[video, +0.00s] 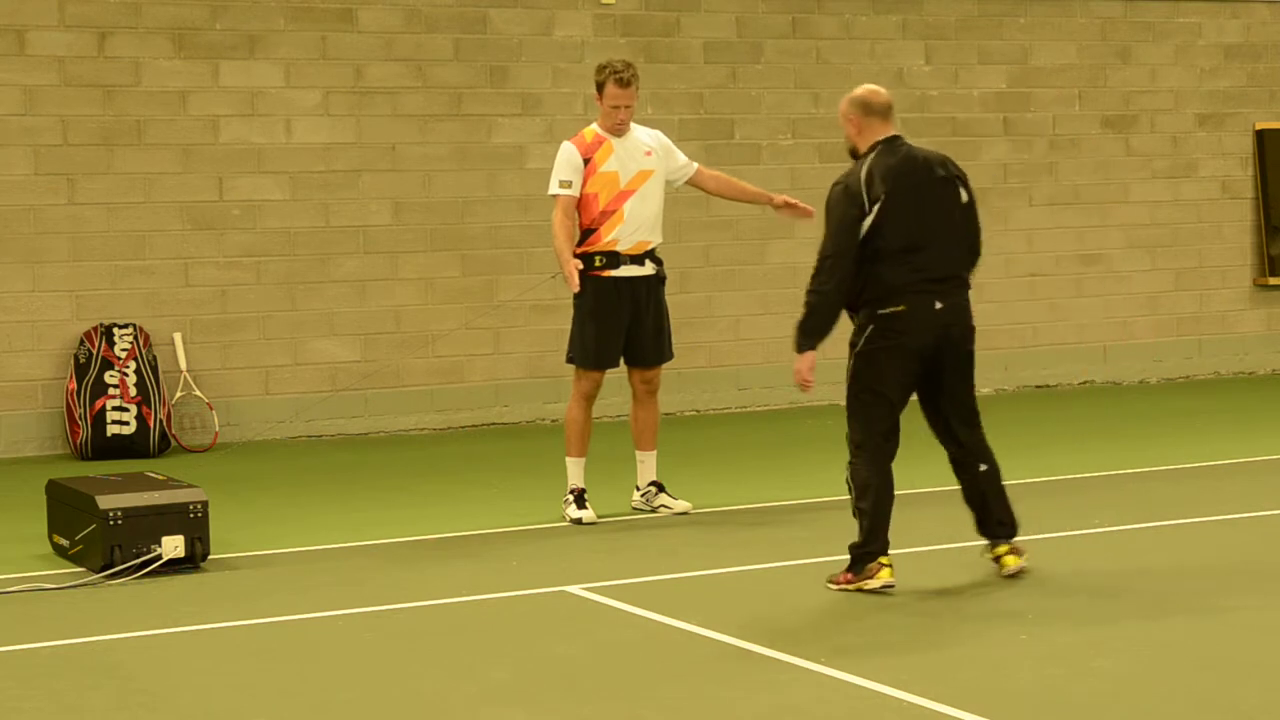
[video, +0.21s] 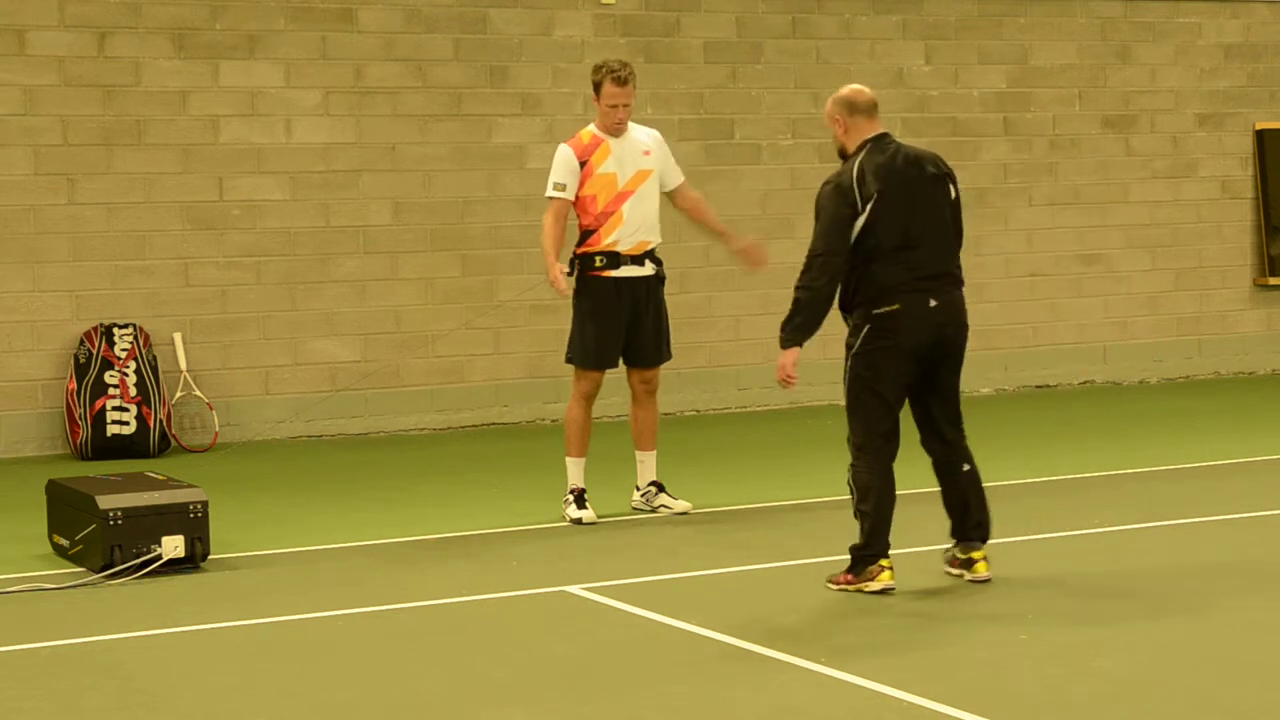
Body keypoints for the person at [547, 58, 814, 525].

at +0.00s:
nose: (623, 115)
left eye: (629, 107)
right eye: (615, 106)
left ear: (637, 102)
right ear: (597, 100)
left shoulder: (654, 143)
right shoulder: (577, 149)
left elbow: (707, 178)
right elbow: (563, 214)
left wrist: (769, 198)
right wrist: (567, 263)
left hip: (646, 280)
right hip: (598, 281)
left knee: (647, 383)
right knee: (586, 386)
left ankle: (647, 488)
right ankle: (575, 493)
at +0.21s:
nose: (620, 113)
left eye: (626, 105)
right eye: (611, 105)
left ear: (634, 101)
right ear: (594, 101)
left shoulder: (651, 143)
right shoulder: (574, 151)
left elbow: (686, 197)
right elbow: (556, 214)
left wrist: (733, 239)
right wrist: (553, 263)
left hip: (645, 280)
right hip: (597, 282)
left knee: (645, 384)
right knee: (586, 387)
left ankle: (647, 487)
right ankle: (575, 493)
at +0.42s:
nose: (617, 114)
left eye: (623, 105)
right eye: (608, 106)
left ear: (630, 101)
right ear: (590, 101)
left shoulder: (647, 141)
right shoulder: (571, 151)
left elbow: (648, 205)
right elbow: (551, 213)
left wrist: (654, 259)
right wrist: (540, 264)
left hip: (645, 280)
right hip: (597, 283)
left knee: (647, 383)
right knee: (585, 388)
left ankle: (648, 488)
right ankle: (576, 493)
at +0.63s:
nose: (617, 114)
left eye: (623, 106)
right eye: (609, 107)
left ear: (630, 102)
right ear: (591, 102)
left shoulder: (644, 139)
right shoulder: (570, 152)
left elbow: (655, 203)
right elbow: (548, 215)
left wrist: (679, 257)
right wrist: (541, 273)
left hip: (644, 279)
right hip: (596, 283)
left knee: (660, 377)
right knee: (583, 386)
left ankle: (651, 483)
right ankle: (575, 492)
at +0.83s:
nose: (627, 114)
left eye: (633, 105)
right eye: (619, 106)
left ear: (640, 101)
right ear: (602, 103)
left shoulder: (656, 141)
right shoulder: (581, 151)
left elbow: (670, 206)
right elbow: (558, 213)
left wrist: (701, 258)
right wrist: (553, 273)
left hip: (648, 281)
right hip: (600, 283)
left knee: (661, 381)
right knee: (586, 386)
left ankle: (654, 486)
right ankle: (576, 492)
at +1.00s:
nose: (637, 114)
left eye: (643, 105)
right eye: (629, 106)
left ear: (652, 101)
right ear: (613, 103)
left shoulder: (671, 143)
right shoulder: (591, 150)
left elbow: (683, 207)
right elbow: (568, 211)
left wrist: (709, 264)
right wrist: (558, 266)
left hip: (658, 281)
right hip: (609, 283)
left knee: (663, 382)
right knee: (593, 387)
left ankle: (654, 487)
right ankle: (576, 491)